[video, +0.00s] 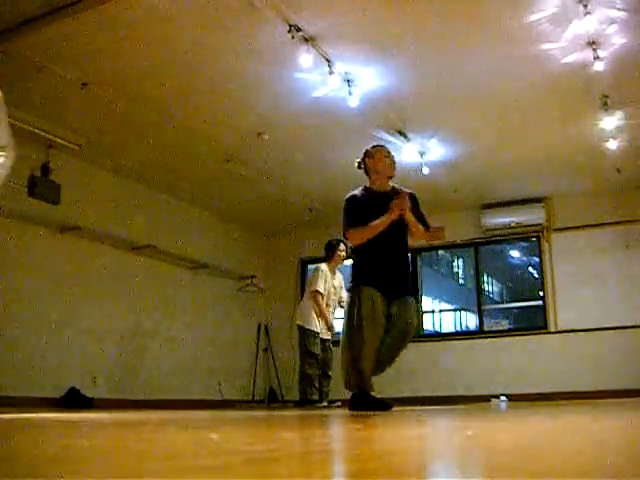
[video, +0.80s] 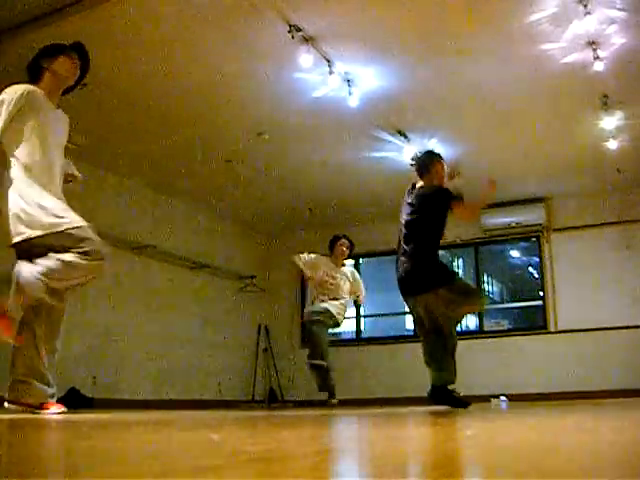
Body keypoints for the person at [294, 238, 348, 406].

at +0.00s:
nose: (343, 255)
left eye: (344, 251)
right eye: (340, 251)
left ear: (344, 255)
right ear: (331, 252)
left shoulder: (338, 276)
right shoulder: (320, 270)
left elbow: (343, 299)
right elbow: (316, 295)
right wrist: (328, 321)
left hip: (326, 318)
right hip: (310, 317)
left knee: (326, 358)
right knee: (312, 357)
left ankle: (323, 395)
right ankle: (309, 396)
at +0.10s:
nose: (343, 253)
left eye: (344, 250)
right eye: (340, 250)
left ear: (343, 254)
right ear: (331, 252)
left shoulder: (339, 276)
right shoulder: (321, 270)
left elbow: (340, 300)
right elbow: (313, 295)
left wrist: (349, 312)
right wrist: (318, 321)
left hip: (326, 321)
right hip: (311, 320)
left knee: (326, 360)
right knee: (312, 359)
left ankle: (324, 395)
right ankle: (308, 396)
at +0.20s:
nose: (344, 253)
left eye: (345, 250)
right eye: (341, 250)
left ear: (345, 254)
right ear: (332, 252)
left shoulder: (340, 275)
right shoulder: (322, 269)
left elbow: (335, 297)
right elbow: (307, 285)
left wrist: (344, 307)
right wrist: (304, 307)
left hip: (328, 320)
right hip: (314, 318)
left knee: (328, 359)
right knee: (316, 356)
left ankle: (324, 395)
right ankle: (309, 395)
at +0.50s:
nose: (344, 253)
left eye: (346, 251)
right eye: (340, 250)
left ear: (347, 255)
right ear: (332, 253)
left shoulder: (342, 280)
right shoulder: (322, 269)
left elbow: (338, 304)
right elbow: (306, 291)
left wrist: (351, 292)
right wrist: (298, 313)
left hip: (329, 324)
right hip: (315, 320)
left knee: (338, 356)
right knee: (329, 356)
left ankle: (323, 395)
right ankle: (321, 397)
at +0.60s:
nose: (341, 255)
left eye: (343, 252)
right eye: (337, 251)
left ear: (346, 257)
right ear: (329, 254)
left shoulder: (346, 278)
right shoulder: (318, 271)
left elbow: (357, 298)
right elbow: (303, 288)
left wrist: (356, 279)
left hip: (336, 324)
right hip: (315, 322)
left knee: (350, 355)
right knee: (324, 356)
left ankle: (335, 379)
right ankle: (322, 397)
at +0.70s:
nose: (342, 251)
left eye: (345, 249)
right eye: (339, 247)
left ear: (348, 253)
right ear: (332, 250)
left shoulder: (349, 274)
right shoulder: (318, 263)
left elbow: (364, 294)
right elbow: (299, 268)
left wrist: (361, 283)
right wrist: (307, 272)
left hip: (333, 314)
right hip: (312, 314)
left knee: (336, 333)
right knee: (314, 359)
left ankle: (336, 362)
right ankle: (319, 397)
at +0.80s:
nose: (343, 249)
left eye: (346, 247)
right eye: (340, 246)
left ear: (348, 252)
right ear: (333, 248)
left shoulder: (350, 272)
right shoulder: (320, 261)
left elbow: (359, 290)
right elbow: (297, 258)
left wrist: (358, 297)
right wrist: (308, 273)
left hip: (337, 304)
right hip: (317, 305)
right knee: (316, 351)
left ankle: (319, 356)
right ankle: (329, 392)